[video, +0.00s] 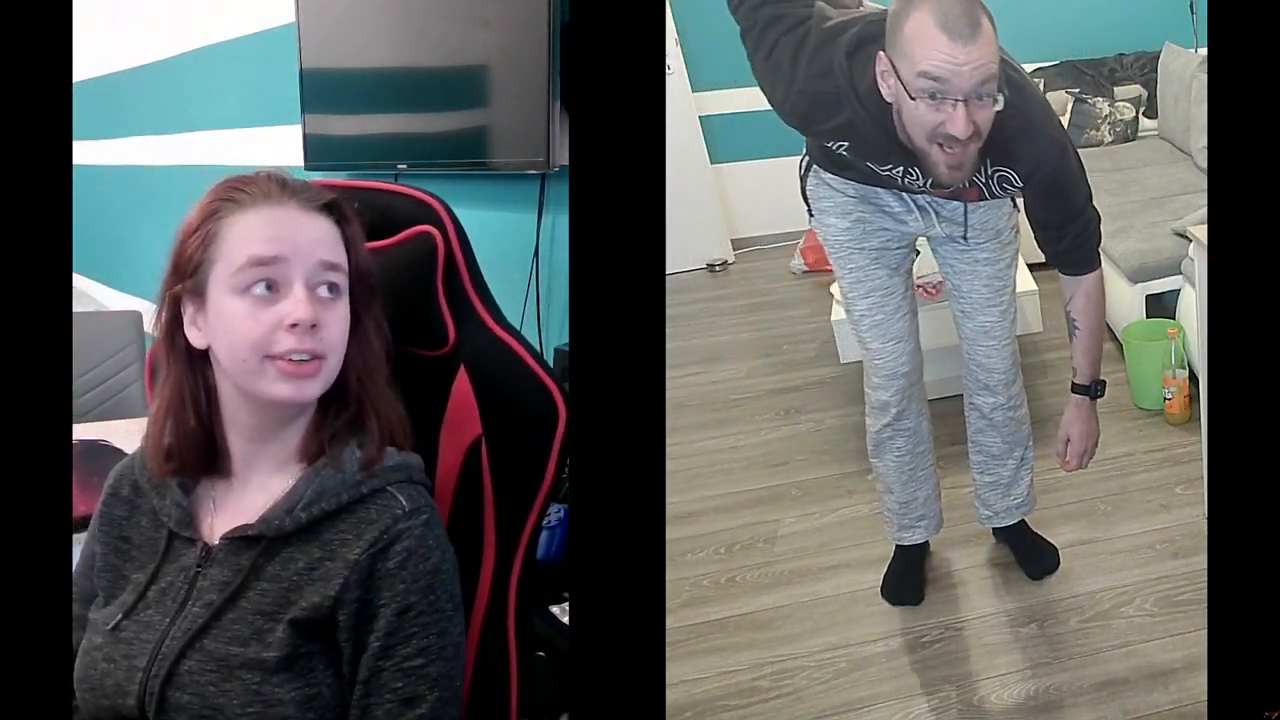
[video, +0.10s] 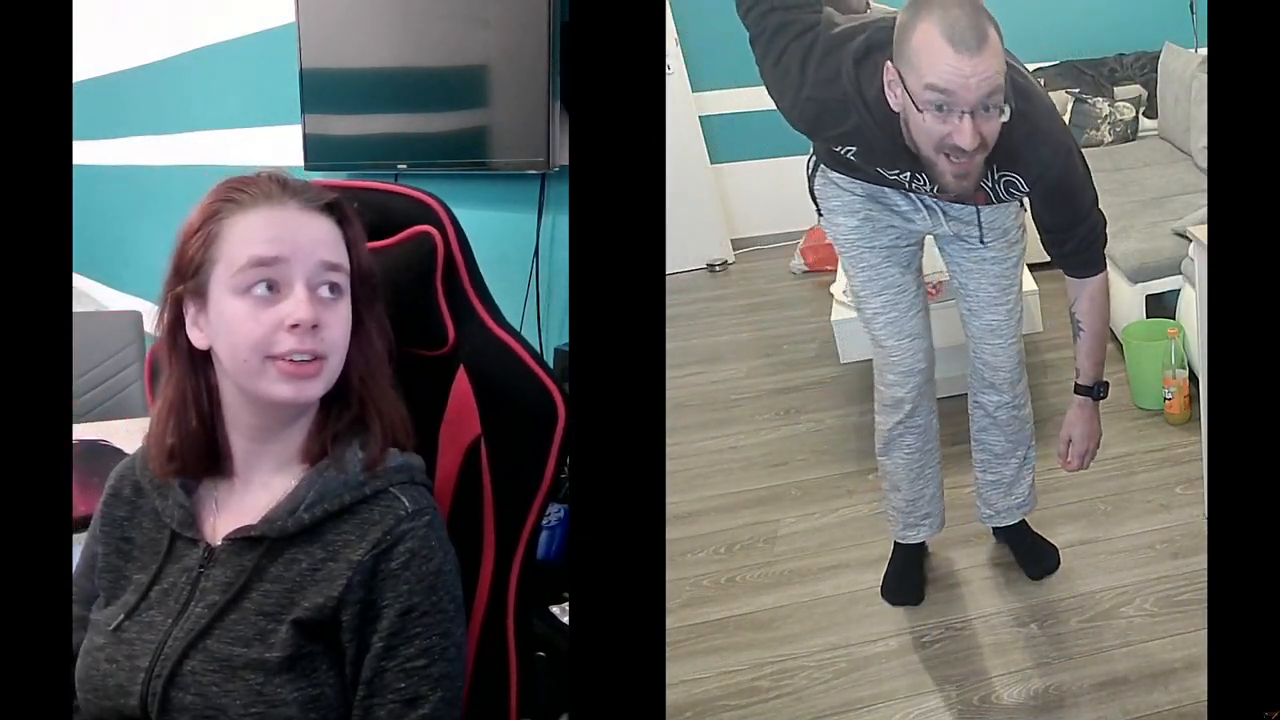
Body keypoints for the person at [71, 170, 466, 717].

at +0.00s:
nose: (306, 314)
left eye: (328, 287)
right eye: (265, 286)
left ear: (351, 318)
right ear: (195, 319)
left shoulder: (393, 530)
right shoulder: (135, 491)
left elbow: (415, 707)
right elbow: (78, 672)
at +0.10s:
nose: (306, 314)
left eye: (330, 288)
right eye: (266, 286)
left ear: (353, 318)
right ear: (197, 319)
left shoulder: (395, 532)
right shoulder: (136, 491)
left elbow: (416, 707)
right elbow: (77, 670)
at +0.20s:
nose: (307, 314)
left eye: (330, 288)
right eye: (266, 286)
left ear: (353, 318)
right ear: (198, 319)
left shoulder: (397, 534)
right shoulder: (137, 490)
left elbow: (417, 707)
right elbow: (76, 671)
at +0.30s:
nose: (306, 316)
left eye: (331, 290)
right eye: (267, 289)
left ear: (354, 321)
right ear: (198, 321)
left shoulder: (397, 538)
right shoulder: (139, 491)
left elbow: (418, 706)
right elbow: (76, 673)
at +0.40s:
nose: (300, 321)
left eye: (329, 295)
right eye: (262, 294)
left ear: (354, 324)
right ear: (199, 323)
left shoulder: (399, 538)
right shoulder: (142, 491)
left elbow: (418, 707)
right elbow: (76, 677)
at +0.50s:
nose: (270, 329)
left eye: (307, 302)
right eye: (237, 300)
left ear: (350, 325)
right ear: (196, 323)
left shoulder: (403, 538)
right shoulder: (148, 485)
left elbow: (422, 706)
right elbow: (76, 676)